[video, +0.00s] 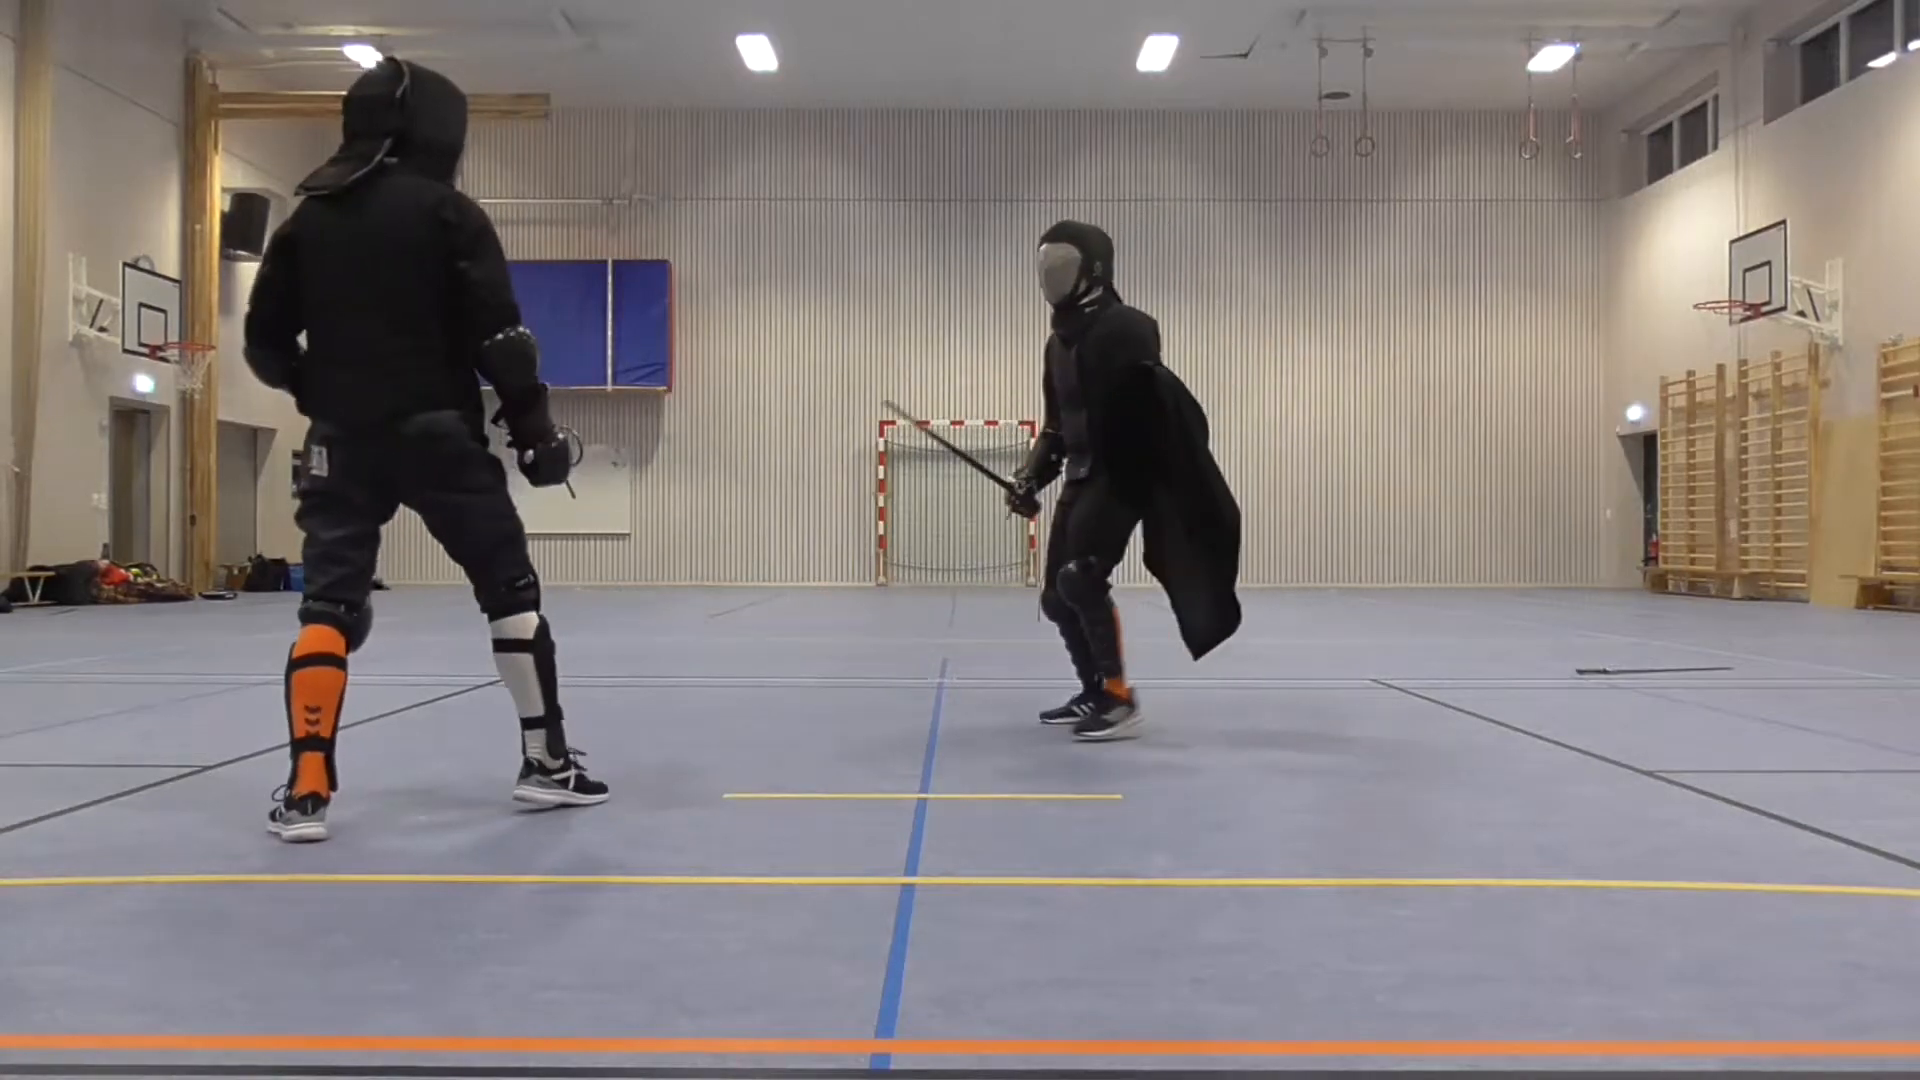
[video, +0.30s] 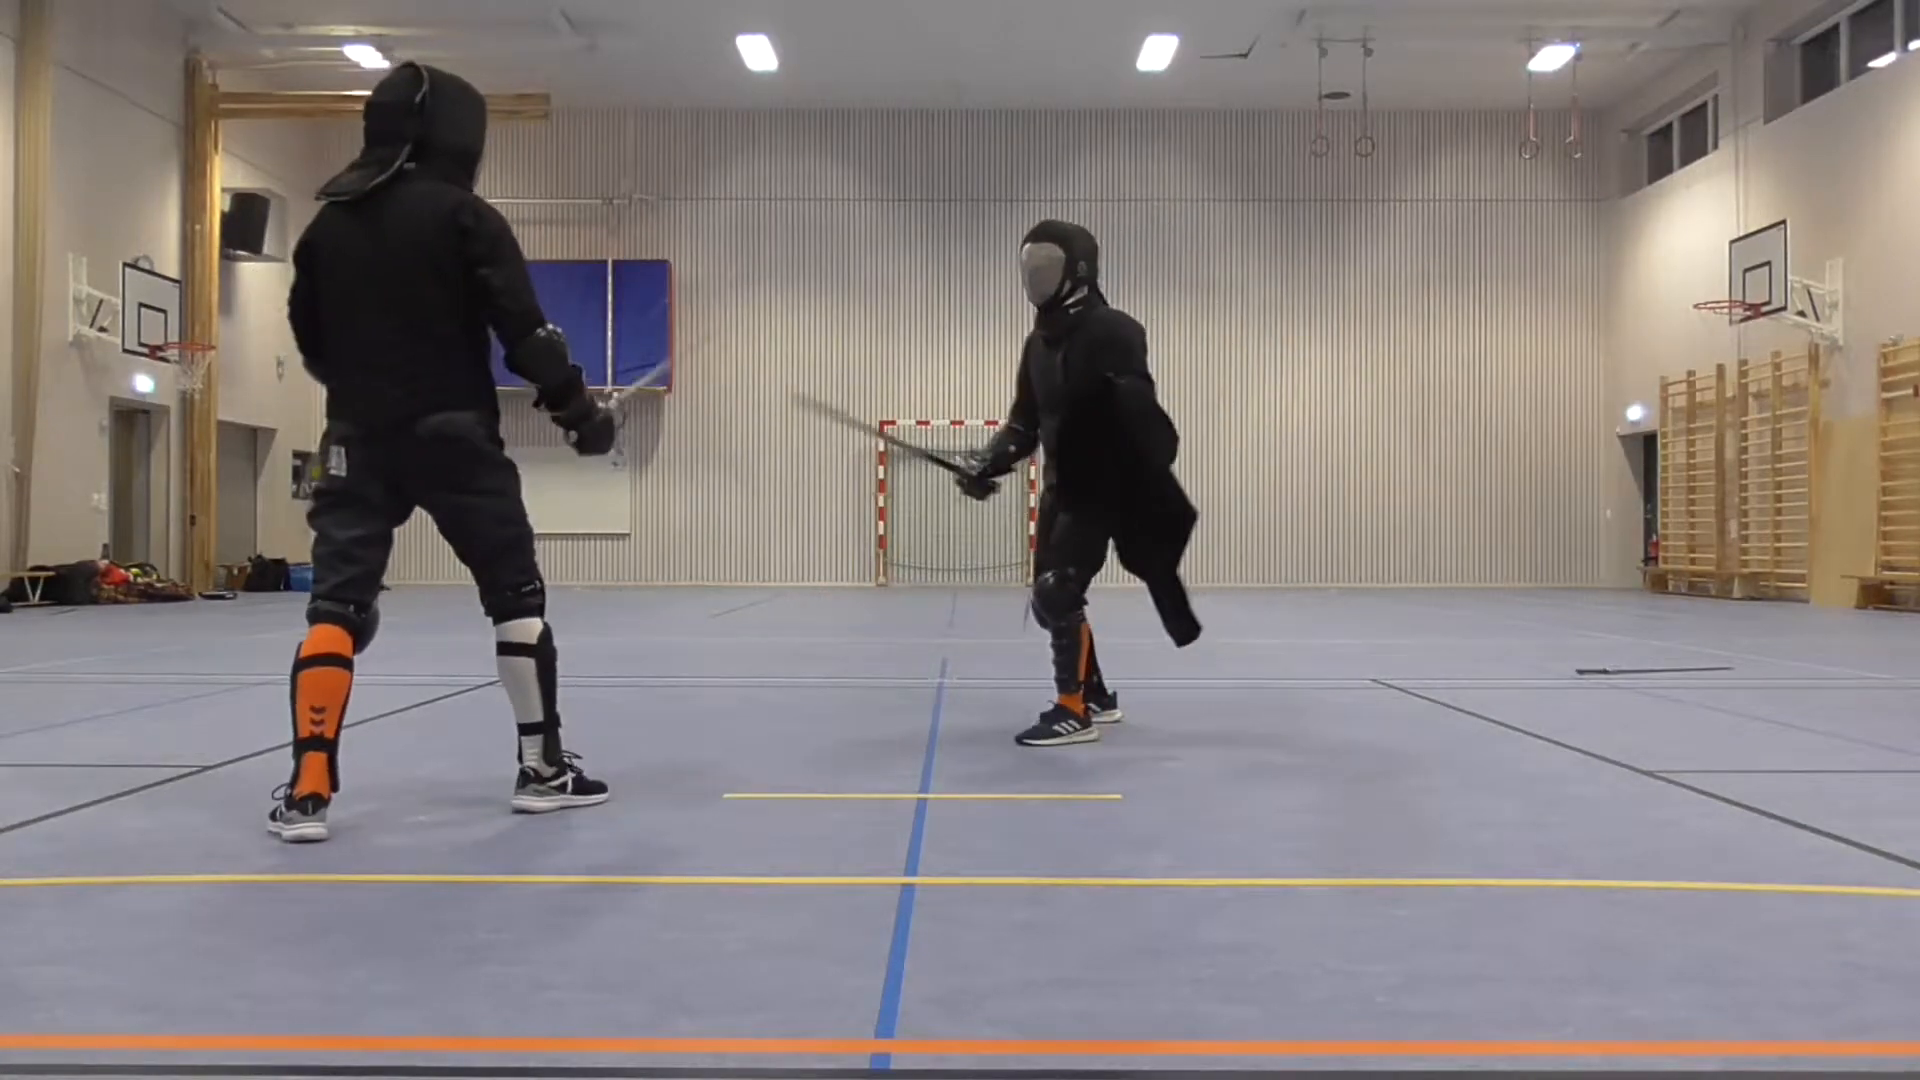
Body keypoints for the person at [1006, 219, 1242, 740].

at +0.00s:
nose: (1047, 277)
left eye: (1058, 266)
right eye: (1044, 267)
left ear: (1091, 269)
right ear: (1047, 270)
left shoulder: (1124, 330)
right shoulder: (1061, 340)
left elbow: (1141, 421)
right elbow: (1058, 425)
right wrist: (1032, 478)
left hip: (1121, 482)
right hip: (1080, 481)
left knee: (1081, 578)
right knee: (1058, 594)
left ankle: (1116, 697)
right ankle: (1094, 693)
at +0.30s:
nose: (1031, 278)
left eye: (1043, 267)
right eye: (1028, 267)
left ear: (1076, 270)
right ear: (1027, 271)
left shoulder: (1112, 333)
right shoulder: (1040, 342)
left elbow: (1140, 419)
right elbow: (1027, 420)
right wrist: (992, 465)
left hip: (1101, 486)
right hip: (1061, 484)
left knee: (1059, 590)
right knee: (1052, 594)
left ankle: (1074, 710)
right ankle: (1093, 694)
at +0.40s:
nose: (1031, 274)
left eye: (1043, 263)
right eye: (1026, 264)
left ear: (1074, 267)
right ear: (1020, 267)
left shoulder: (1114, 331)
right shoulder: (1028, 339)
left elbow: (1140, 419)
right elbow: (996, 413)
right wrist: (950, 447)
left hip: (1104, 485)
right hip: (1059, 484)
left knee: (1061, 589)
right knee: (1058, 590)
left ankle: (1074, 709)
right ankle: (1094, 693)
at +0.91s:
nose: (1042, 282)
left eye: (1054, 272)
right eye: (1037, 272)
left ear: (1082, 278)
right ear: (1031, 278)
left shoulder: (1117, 344)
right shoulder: (1030, 342)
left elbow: (1145, 428)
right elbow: (994, 393)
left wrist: (1132, 498)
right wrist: (981, 390)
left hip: (1097, 489)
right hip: (1048, 486)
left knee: (1042, 588)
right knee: (1048, 589)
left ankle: (1066, 709)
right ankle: (1115, 652)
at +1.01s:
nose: (1060, 278)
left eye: (1072, 267)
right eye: (1054, 268)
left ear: (1100, 272)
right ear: (1047, 273)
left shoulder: (1135, 339)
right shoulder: (1043, 336)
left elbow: (1158, 424)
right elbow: (992, 386)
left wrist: (1128, 484)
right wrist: (973, 360)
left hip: (1108, 486)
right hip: (1057, 482)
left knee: (1061, 584)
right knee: (1046, 597)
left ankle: (1069, 709)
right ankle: (1096, 651)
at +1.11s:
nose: (1074, 280)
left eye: (1086, 269)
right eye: (1067, 270)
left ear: (1114, 274)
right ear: (1060, 275)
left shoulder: (1146, 339)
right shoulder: (1060, 332)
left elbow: (1181, 428)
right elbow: (989, 338)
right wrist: (977, 288)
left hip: (1120, 486)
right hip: (1068, 482)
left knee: (1085, 583)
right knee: (1062, 591)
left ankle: (1079, 697)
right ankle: (1094, 678)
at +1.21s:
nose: (1083, 286)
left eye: (1095, 277)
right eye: (1079, 276)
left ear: (1124, 286)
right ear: (1074, 282)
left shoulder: (1157, 347)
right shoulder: (1074, 336)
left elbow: (1146, 409)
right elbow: (1016, 310)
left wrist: (1084, 371)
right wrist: (1008, 251)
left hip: (1135, 489)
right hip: (1086, 488)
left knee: (1095, 572)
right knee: (1069, 600)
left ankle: (1127, 671)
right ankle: (1102, 689)